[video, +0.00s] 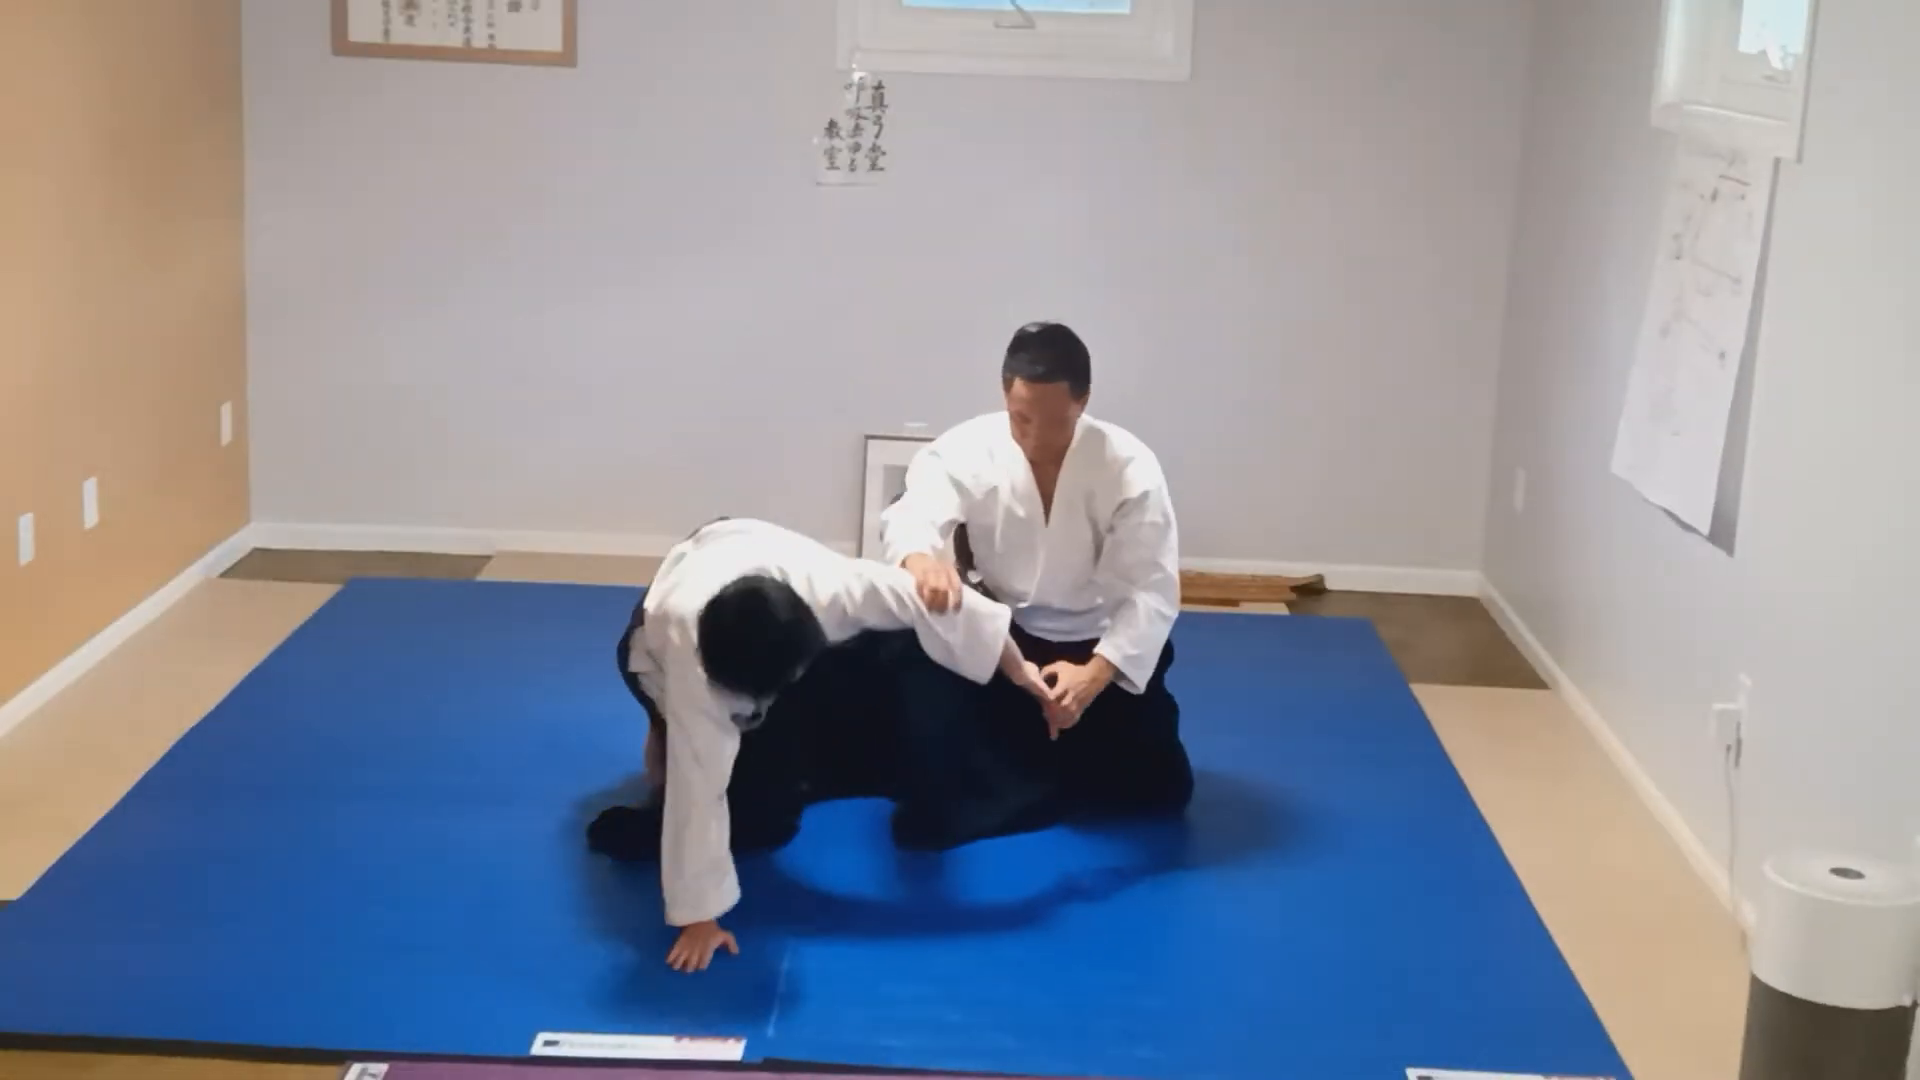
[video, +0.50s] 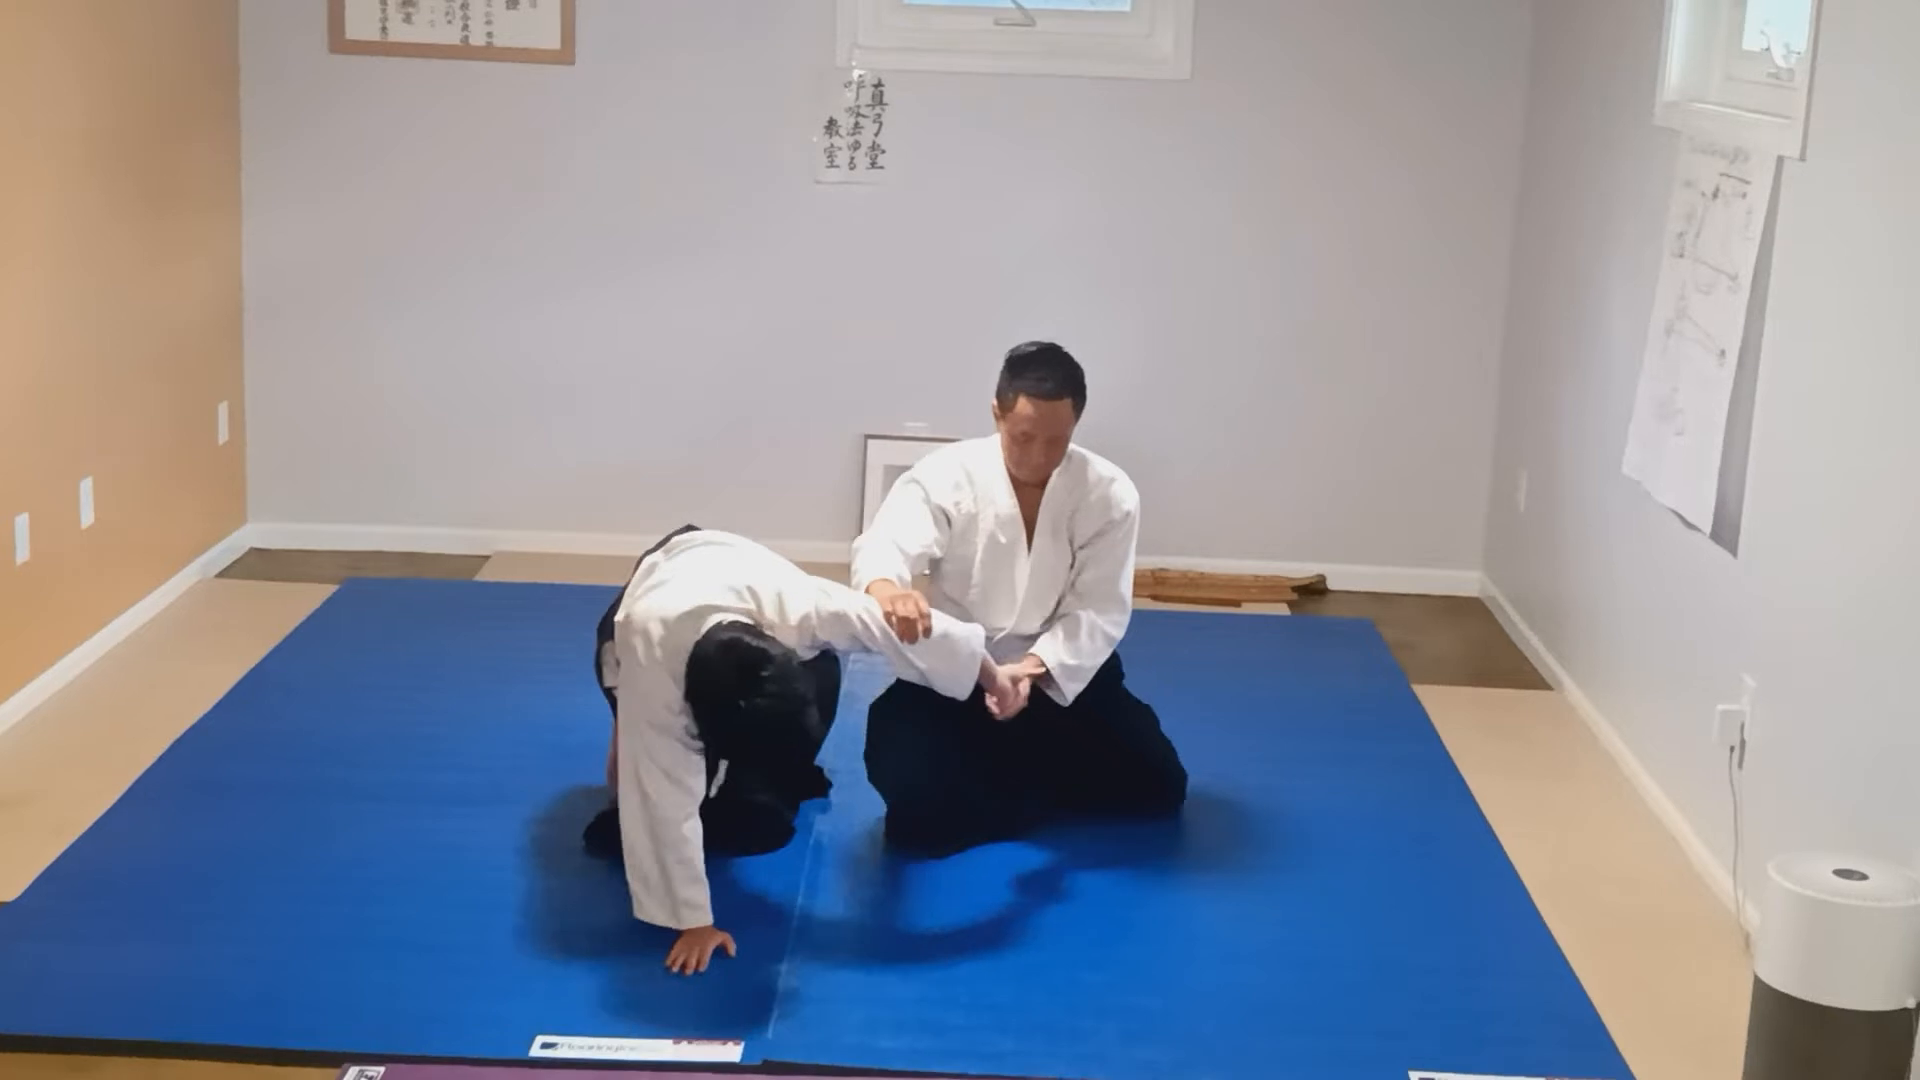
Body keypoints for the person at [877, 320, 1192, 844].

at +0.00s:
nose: (1031, 435)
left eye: (1048, 421)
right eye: (1019, 418)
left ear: (1080, 404)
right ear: (1005, 397)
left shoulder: (1128, 468)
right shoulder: (964, 452)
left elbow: (1152, 592)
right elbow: (914, 517)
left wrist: (1095, 675)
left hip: (1099, 648)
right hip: (996, 643)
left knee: (1158, 784)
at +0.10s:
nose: (1035, 435)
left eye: (1052, 422)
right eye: (1026, 419)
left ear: (1085, 409)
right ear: (1013, 399)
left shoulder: (1129, 478)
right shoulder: (964, 458)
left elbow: (1137, 603)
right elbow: (911, 530)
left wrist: (1084, 688)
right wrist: (921, 585)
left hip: (1096, 651)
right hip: (989, 645)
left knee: (1159, 785)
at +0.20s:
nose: (1049, 443)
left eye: (1066, 426)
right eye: (1036, 424)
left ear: (1090, 412)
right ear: (1014, 402)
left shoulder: (1125, 483)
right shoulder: (960, 462)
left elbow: (1119, 609)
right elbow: (905, 538)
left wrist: (1061, 692)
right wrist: (916, 601)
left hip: (1088, 651)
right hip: (980, 645)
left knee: (1158, 786)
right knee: (934, 802)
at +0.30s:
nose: (1048, 446)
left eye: (1065, 431)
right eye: (1035, 429)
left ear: (1088, 417)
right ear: (1012, 406)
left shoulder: (1120, 488)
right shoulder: (957, 466)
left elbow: (1109, 610)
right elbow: (902, 540)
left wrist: (1050, 685)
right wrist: (910, 599)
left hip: (1079, 655)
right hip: (970, 649)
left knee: (1155, 783)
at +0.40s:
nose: (1046, 453)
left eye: (1064, 436)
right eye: (1032, 434)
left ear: (1084, 422)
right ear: (1006, 409)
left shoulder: (1115, 490)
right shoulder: (955, 469)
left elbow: (1107, 612)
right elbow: (893, 543)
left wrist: (1046, 676)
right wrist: (903, 593)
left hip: (1070, 666)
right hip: (960, 662)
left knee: (1157, 784)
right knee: (929, 796)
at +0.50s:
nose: (1037, 457)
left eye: (1055, 440)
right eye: (1023, 438)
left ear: (1075, 426)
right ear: (997, 413)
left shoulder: (1107, 495)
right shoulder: (945, 476)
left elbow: (1099, 611)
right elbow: (883, 544)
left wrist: (1031, 666)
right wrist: (887, 587)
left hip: (1064, 678)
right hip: (948, 678)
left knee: (1155, 787)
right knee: (921, 809)